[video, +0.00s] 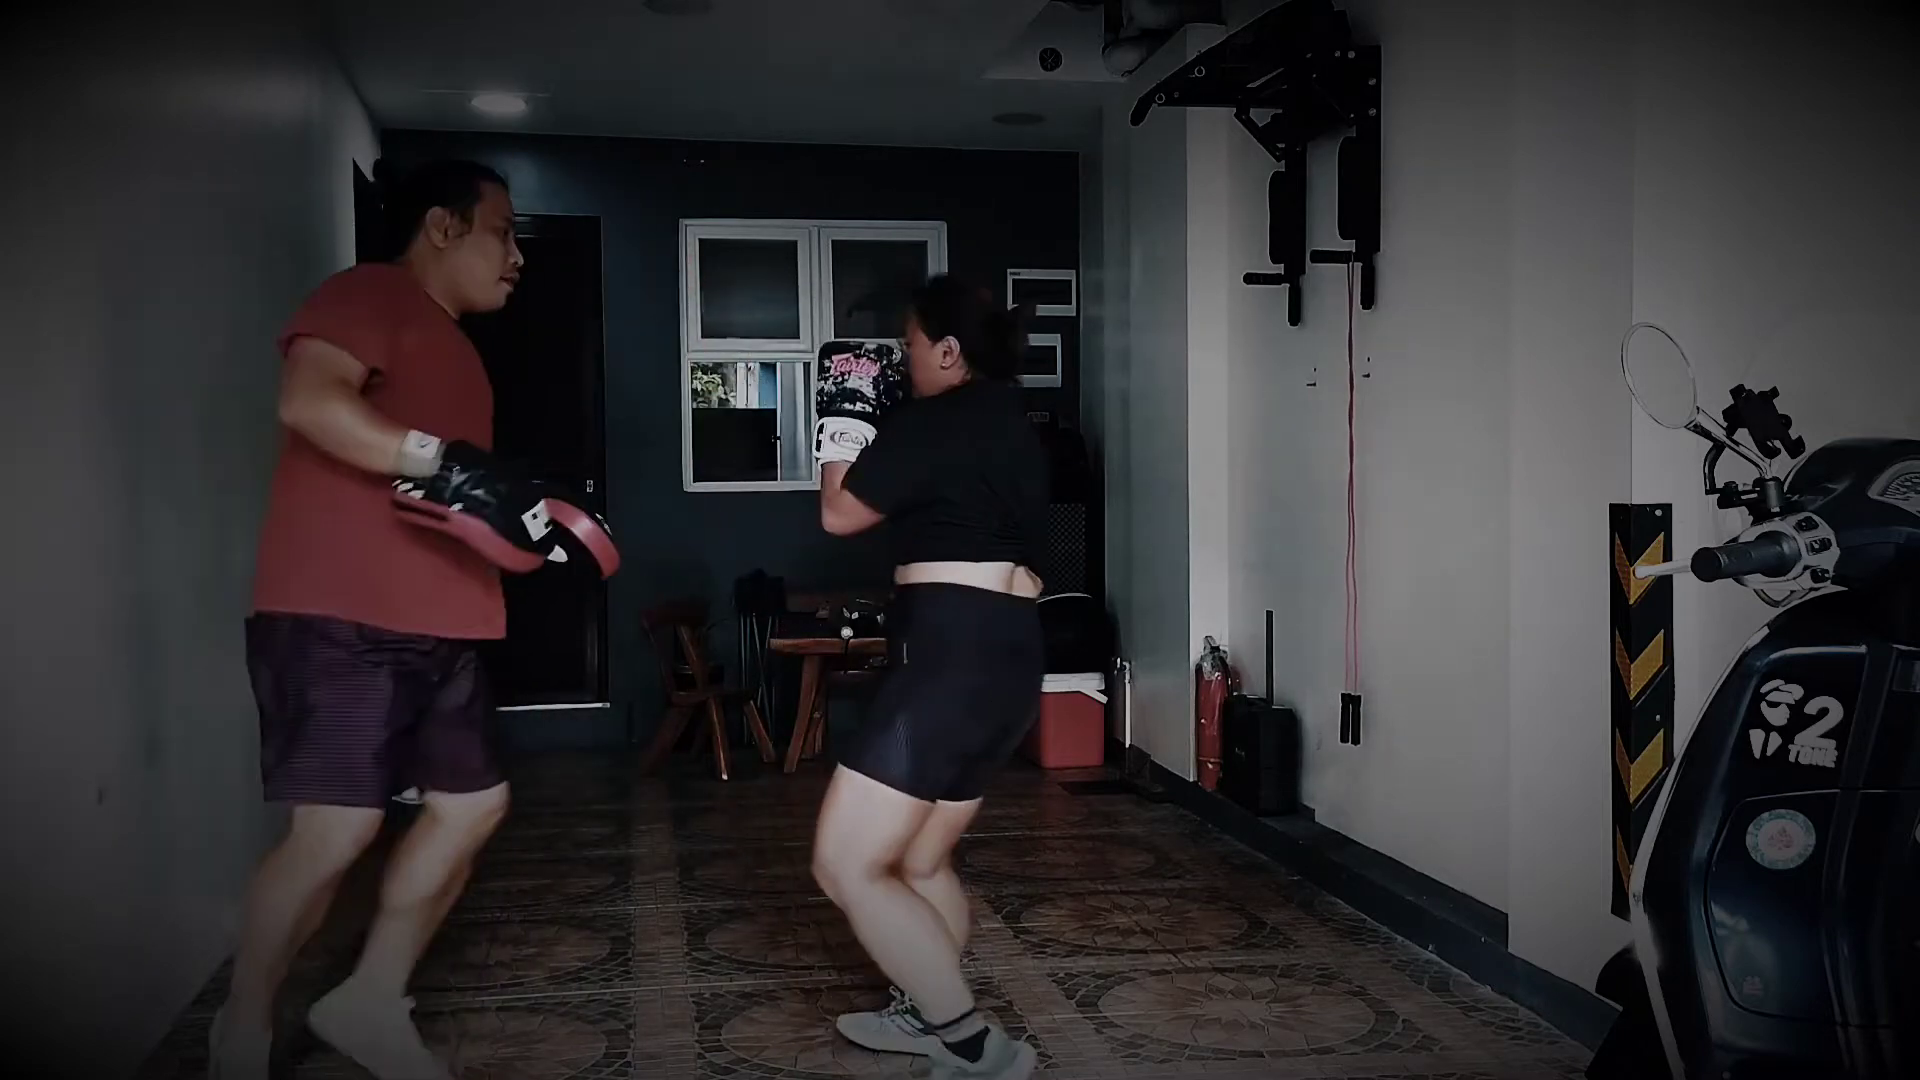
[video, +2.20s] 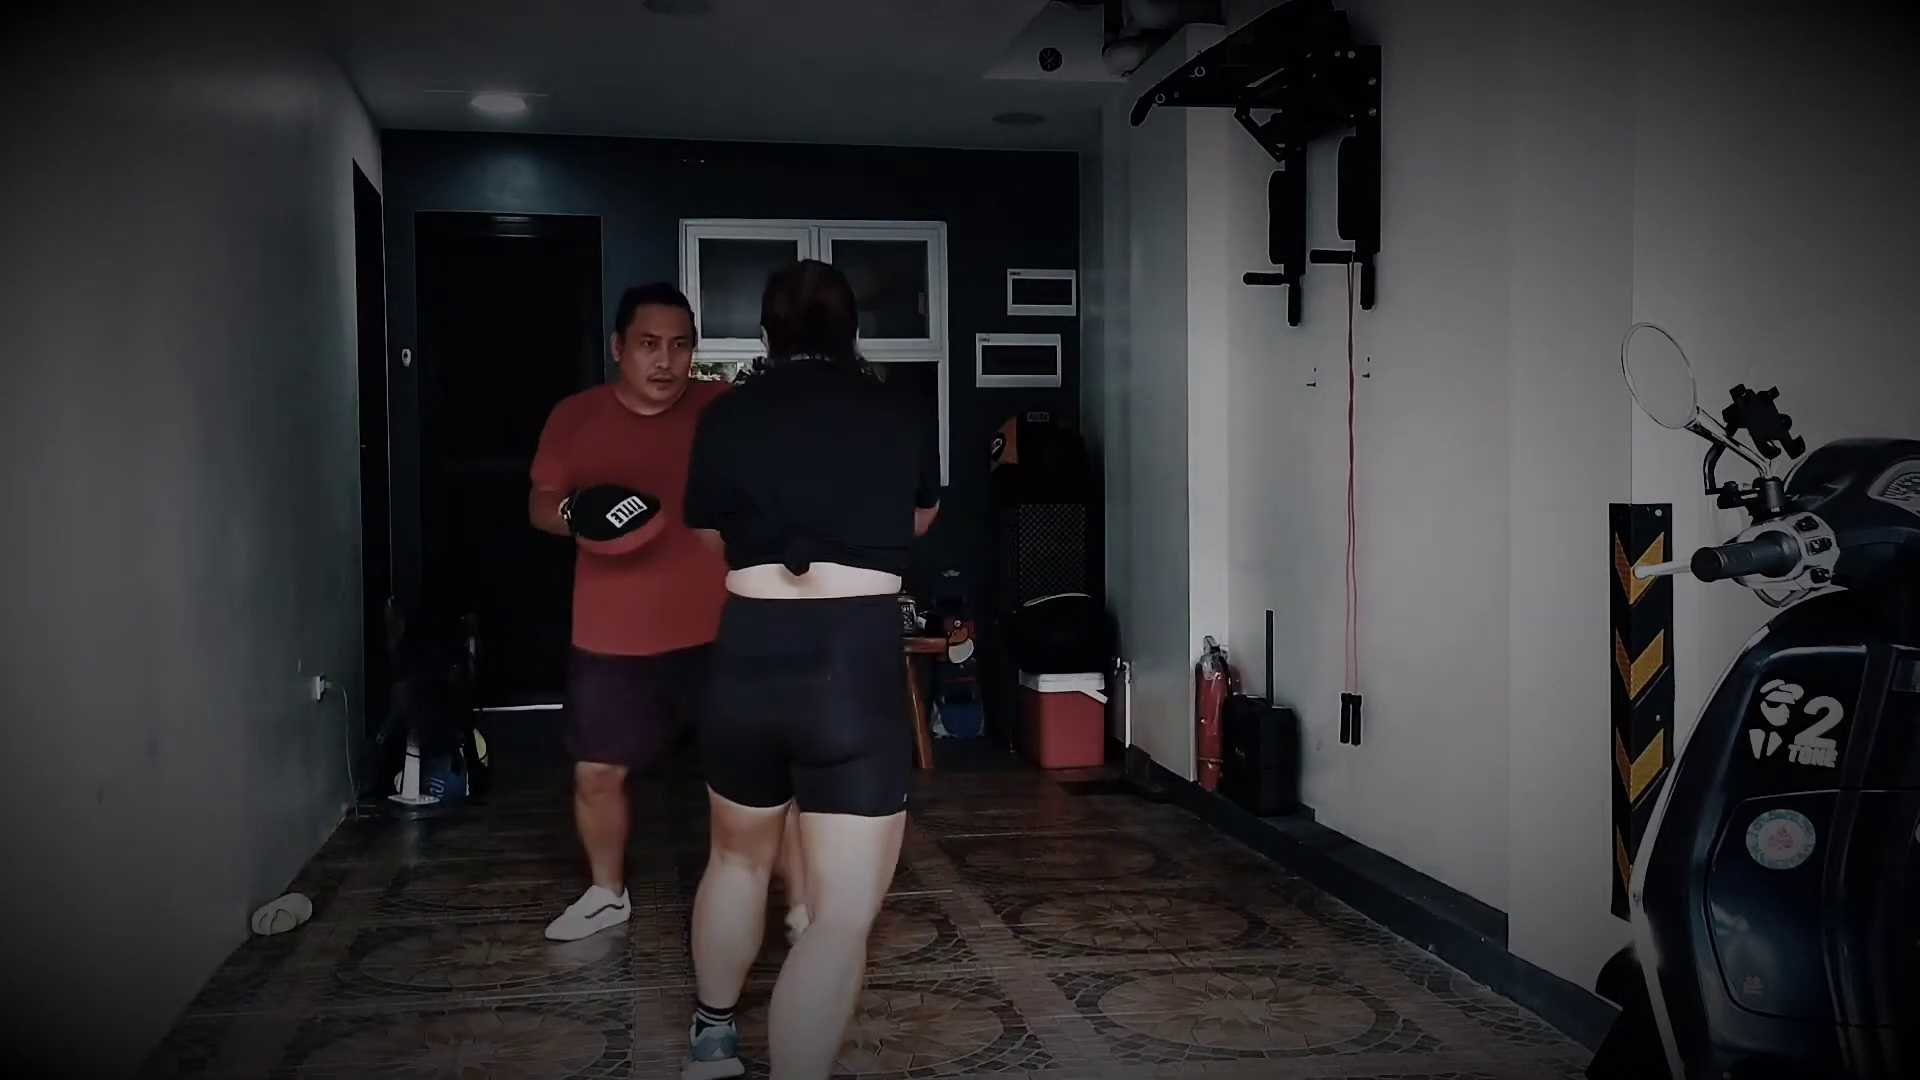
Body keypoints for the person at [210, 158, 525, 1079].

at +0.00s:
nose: (515, 256)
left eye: (515, 237)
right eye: (502, 234)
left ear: (452, 236)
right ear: (440, 230)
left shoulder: (454, 351)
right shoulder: (366, 294)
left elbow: (445, 479)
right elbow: (308, 399)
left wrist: (518, 510)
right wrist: (448, 467)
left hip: (437, 629)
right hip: (334, 619)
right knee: (335, 823)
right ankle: (243, 1025)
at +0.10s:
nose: (513, 273)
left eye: (512, 255)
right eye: (497, 252)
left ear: (459, 260)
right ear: (435, 254)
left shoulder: (485, 387)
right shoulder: (356, 329)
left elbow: (480, 504)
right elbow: (296, 440)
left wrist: (539, 537)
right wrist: (419, 503)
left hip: (466, 646)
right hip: (344, 645)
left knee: (502, 806)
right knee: (313, 840)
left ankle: (478, 975)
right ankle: (236, 1020)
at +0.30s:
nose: (560, 335)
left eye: (561, 320)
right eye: (539, 319)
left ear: (555, 337)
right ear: (482, 332)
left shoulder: (566, 438)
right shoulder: (406, 420)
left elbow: (569, 550)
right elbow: (338, 533)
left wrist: (606, 618)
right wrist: (401, 599)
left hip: (520, 689)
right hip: (399, 691)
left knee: (584, 817)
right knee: (345, 851)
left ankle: (580, 972)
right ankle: (243, 1039)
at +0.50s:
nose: (610, 312)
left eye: (614, 298)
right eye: (591, 296)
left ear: (613, 313)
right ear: (537, 307)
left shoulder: (621, 404)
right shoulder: (466, 381)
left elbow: (630, 503)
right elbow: (397, 487)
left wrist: (636, 548)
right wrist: (461, 571)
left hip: (568, 651)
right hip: (445, 645)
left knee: (583, 797)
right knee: (394, 803)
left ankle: (580, 969)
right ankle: (340, 973)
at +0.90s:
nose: (600, 345)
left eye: (605, 330)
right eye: (582, 330)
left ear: (609, 337)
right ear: (531, 334)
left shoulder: (617, 419)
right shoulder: (466, 403)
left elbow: (678, 502)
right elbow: (417, 514)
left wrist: (699, 432)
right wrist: (495, 502)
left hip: (589, 649)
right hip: (471, 658)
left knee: (657, 765)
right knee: (452, 812)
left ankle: (686, 928)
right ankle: (448, 939)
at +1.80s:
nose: (682, 346)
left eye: (695, 331)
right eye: (665, 330)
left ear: (708, 335)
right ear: (628, 331)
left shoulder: (731, 404)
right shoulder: (578, 398)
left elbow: (782, 457)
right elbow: (529, 492)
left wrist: (792, 385)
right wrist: (568, 501)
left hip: (697, 642)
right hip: (584, 641)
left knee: (726, 783)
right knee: (537, 777)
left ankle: (746, 941)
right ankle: (530, 898)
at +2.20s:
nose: (666, 359)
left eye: (679, 345)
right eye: (650, 344)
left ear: (694, 349)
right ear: (618, 347)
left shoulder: (720, 410)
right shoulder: (576, 418)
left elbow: (769, 470)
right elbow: (540, 505)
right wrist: (574, 519)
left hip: (715, 636)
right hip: (609, 641)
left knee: (758, 773)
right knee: (595, 773)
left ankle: (799, 901)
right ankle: (607, 891)